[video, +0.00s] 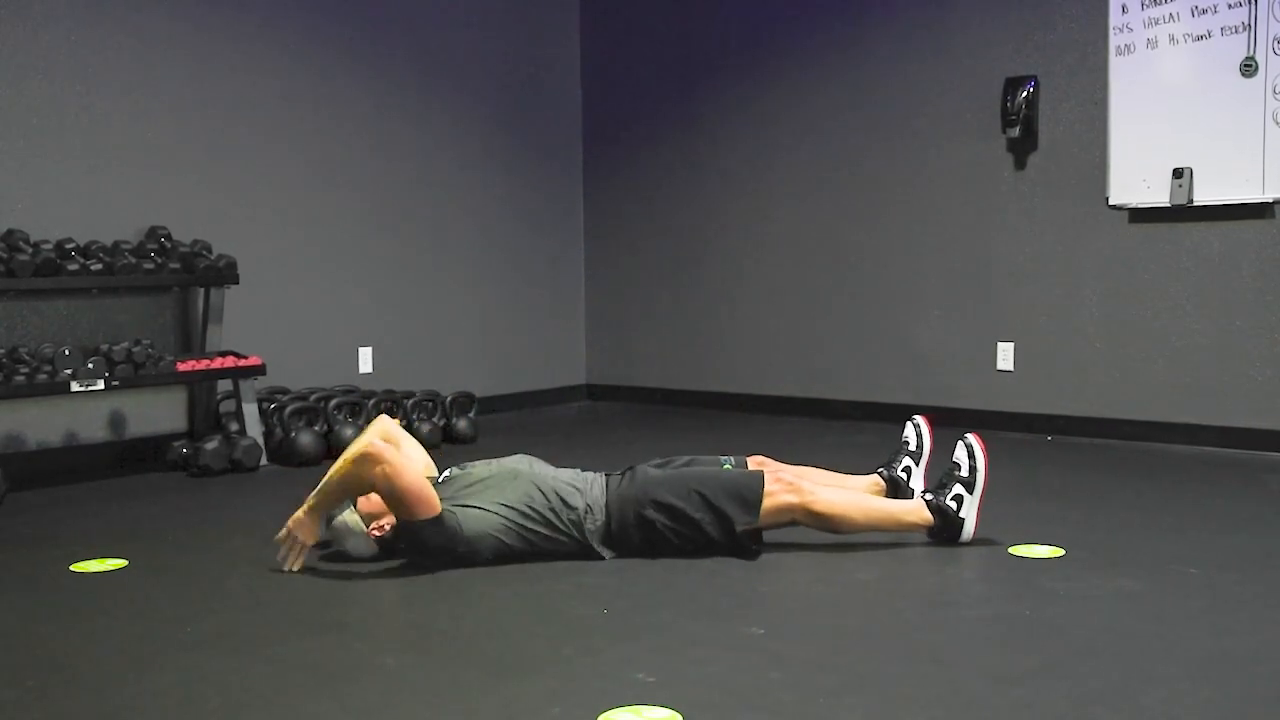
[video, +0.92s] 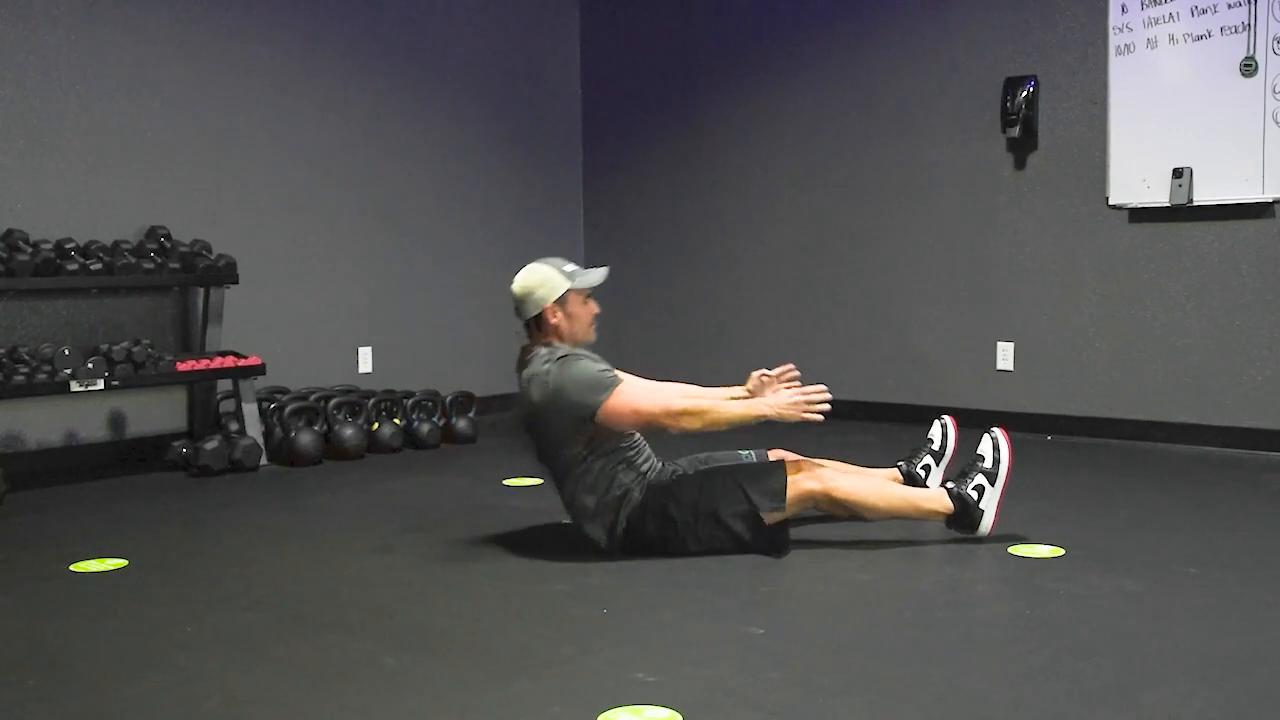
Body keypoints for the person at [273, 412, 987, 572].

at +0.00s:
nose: (379, 498)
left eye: (372, 495)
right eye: (372, 502)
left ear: (382, 503)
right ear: (381, 521)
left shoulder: (437, 507)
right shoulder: (429, 532)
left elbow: (385, 434)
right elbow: (374, 435)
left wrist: (325, 505)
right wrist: (312, 515)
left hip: (620, 487)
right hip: (618, 512)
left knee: (765, 466)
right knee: (782, 492)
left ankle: (894, 490)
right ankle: (938, 517)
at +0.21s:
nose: (387, 471)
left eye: (376, 471)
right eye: (376, 477)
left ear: (385, 480)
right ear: (386, 502)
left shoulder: (435, 495)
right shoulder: (437, 520)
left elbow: (444, 409)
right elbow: (444, 413)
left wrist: (359, 414)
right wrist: (358, 419)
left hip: (622, 485)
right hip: (623, 512)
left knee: (767, 462)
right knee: (787, 485)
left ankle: (897, 486)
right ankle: (938, 512)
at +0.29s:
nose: (418, 439)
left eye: (406, 435)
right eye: (403, 445)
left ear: (413, 453)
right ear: (398, 482)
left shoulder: (449, 486)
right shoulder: (448, 508)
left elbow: (500, 417)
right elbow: (507, 416)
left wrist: (438, 350)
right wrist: (434, 352)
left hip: (619, 489)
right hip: (622, 510)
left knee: (765, 464)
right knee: (785, 489)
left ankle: (891, 483)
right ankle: (940, 513)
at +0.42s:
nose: (464, 403)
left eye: (454, 398)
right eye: (449, 407)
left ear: (437, 431)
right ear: (432, 437)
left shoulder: (470, 454)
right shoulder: (472, 473)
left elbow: (555, 416)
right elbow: (575, 427)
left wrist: (580, 332)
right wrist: (586, 328)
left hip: (620, 490)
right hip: (621, 512)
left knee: (765, 458)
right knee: (791, 483)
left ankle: (895, 481)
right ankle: (942, 510)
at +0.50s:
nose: (492, 385)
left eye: (484, 378)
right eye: (477, 382)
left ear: (457, 405)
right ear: (453, 409)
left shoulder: (495, 436)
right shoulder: (489, 457)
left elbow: (583, 400)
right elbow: (598, 428)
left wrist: (639, 335)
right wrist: (652, 340)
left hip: (632, 489)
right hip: (626, 516)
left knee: (772, 455)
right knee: (796, 480)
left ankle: (901, 479)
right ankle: (948, 508)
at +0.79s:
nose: (559, 324)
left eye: (553, 315)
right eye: (547, 318)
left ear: (522, 337)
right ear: (519, 338)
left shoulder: (544, 380)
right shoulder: (533, 399)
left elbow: (637, 394)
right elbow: (642, 420)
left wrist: (718, 379)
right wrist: (736, 396)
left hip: (647, 482)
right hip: (637, 508)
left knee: (786, 464)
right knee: (805, 480)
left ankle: (910, 479)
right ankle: (959, 499)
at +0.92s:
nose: (593, 306)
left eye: (587, 296)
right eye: (581, 299)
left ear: (551, 316)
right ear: (551, 316)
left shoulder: (563, 365)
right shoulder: (562, 376)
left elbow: (660, 397)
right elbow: (669, 413)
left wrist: (740, 394)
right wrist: (763, 409)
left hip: (646, 489)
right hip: (635, 509)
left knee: (801, 473)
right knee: (809, 478)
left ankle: (914, 475)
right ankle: (961, 506)